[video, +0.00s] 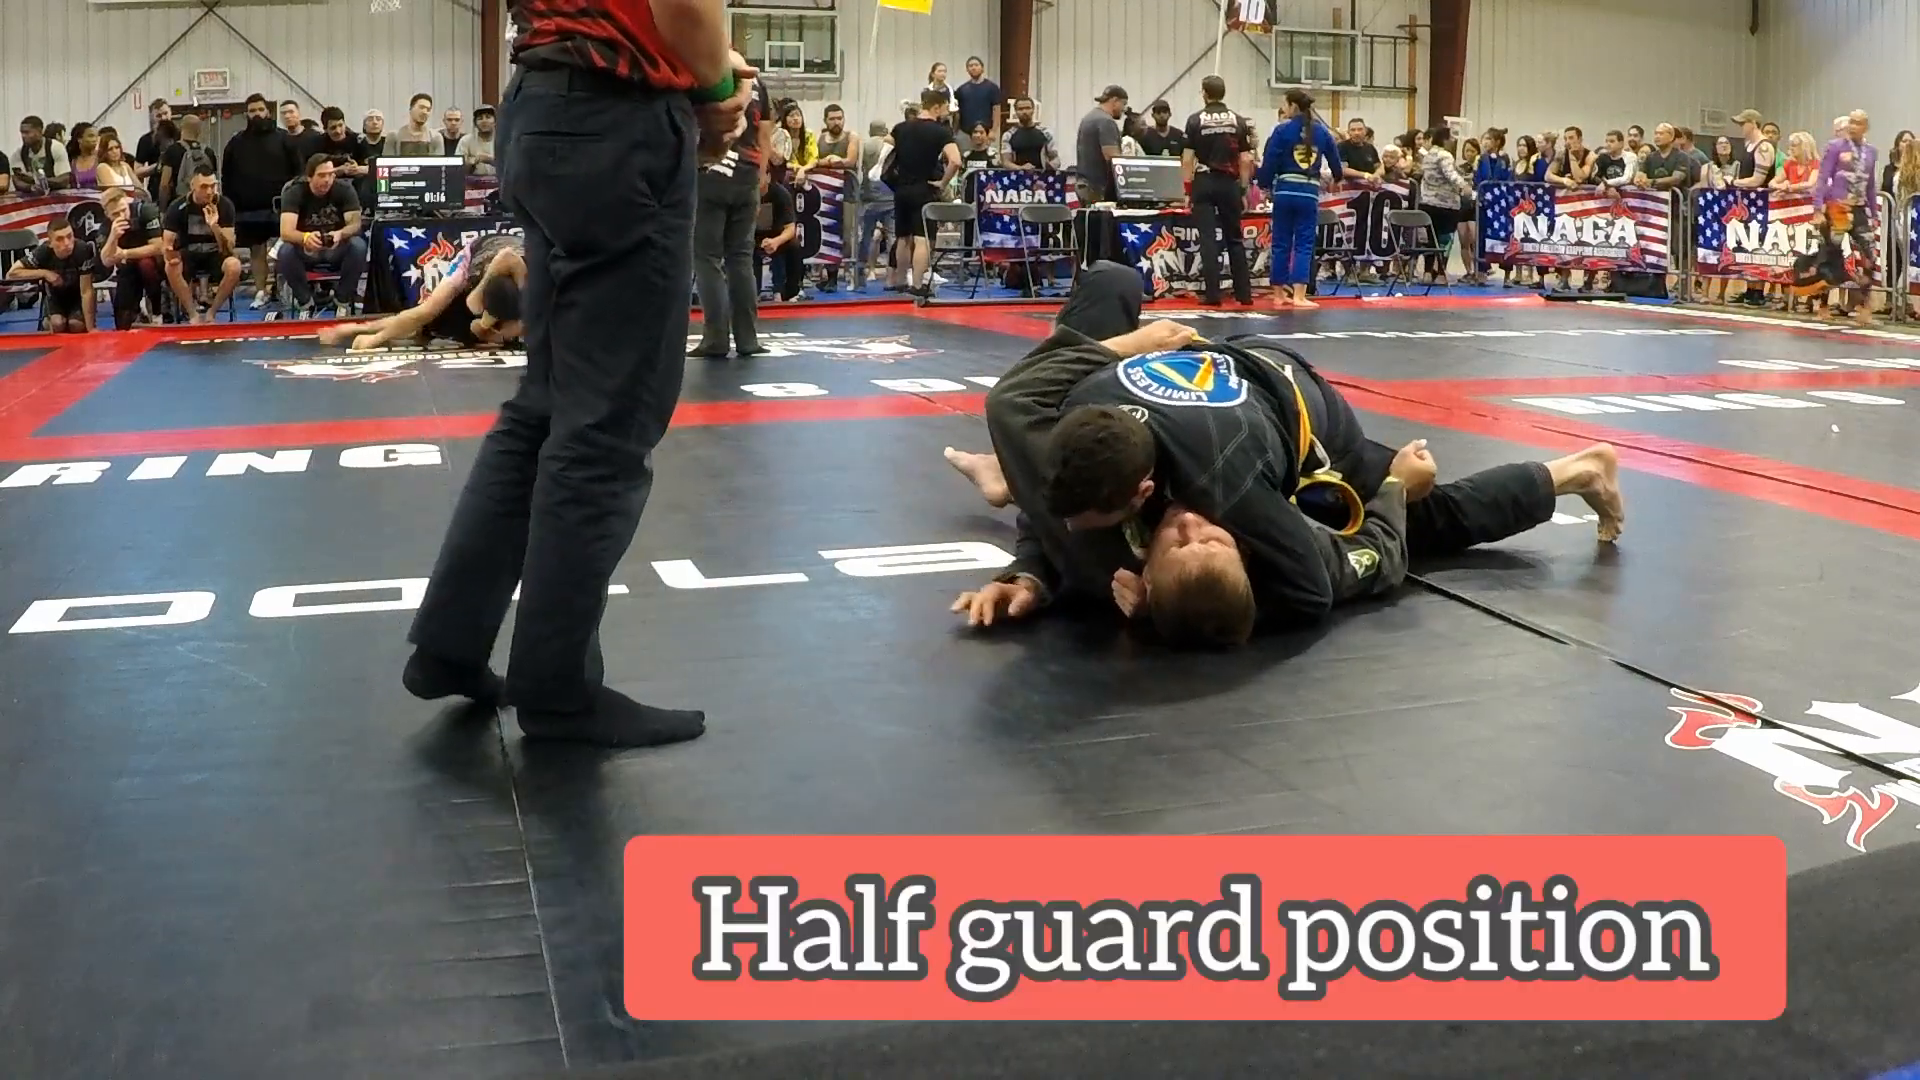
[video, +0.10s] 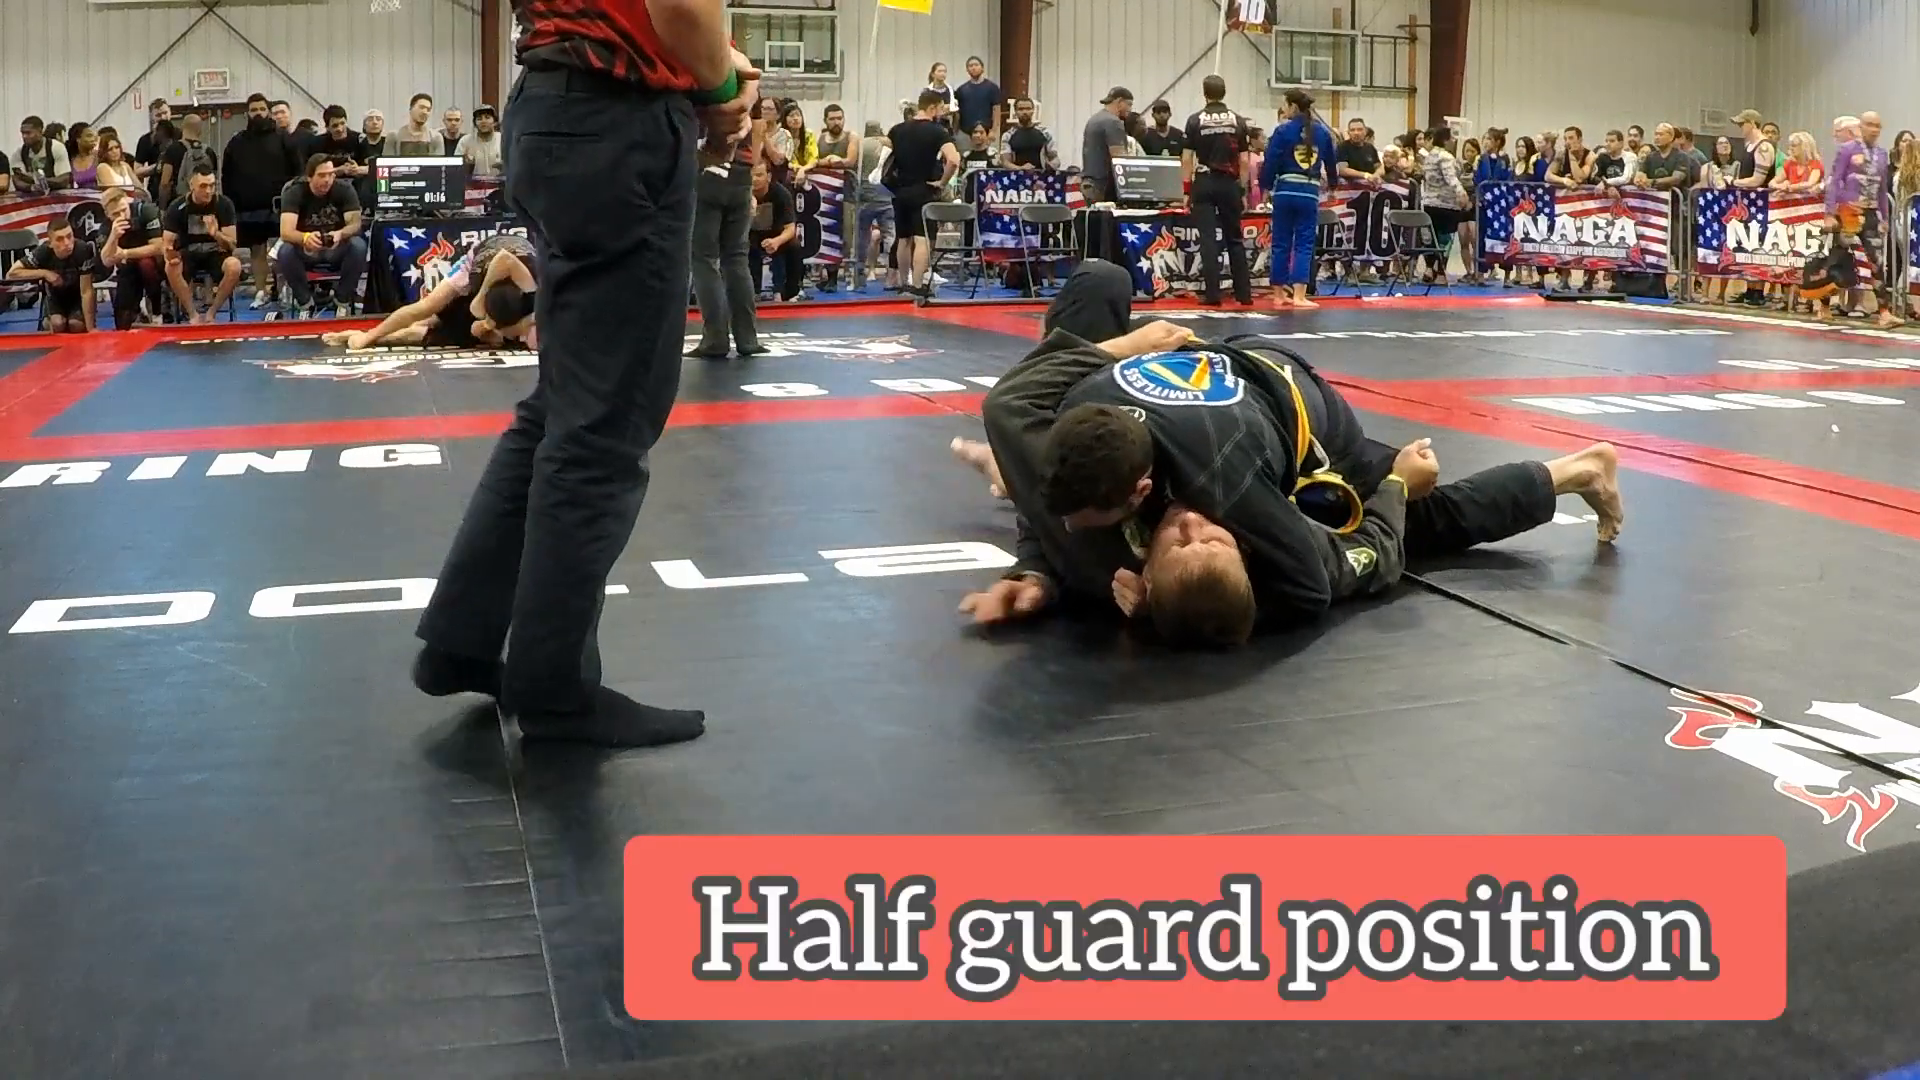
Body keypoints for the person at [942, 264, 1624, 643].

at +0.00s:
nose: (1190, 531)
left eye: (1151, 543)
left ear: (1140, 500)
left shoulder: (1220, 487)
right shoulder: (1022, 421)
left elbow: (1335, 583)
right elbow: (1066, 550)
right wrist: (1025, 583)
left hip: (1299, 410)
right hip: (1205, 354)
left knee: (1421, 529)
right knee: (1103, 280)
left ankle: (1580, 470)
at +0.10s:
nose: (1194, 529)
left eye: (1156, 534)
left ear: (1137, 496)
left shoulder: (1219, 481)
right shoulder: (1020, 418)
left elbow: (1320, 590)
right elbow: (1067, 541)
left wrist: (1154, 599)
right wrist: (1032, 583)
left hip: (1300, 410)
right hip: (1209, 354)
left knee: (1418, 530)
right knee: (1096, 277)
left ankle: (1581, 469)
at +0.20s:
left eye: (1087, 525)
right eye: (1062, 525)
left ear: (1134, 495)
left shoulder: (1221, 486)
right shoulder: (1043, 422)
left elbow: (1322, 583)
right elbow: (1059, 516)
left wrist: (1163, 603)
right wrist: (1051, 569)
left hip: (1296, 408)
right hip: (1213, 355)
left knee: (1423, 530)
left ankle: (1582, 471)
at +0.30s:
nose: (1077, 536)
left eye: (1086, 524)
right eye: (1064, 526)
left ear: (1129, 494)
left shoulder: (1218, 488)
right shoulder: (1053, 424)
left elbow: (1314, 586)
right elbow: (1072, 525)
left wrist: (1167, 604)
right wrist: (1058, 574)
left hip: (1303, 412)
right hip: (1228, 355)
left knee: (1421, 525)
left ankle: (1577, 472)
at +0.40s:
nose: (1080, 536)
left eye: (1089, 525)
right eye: (1063, 527)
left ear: (1135, 494)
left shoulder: (1224, 482)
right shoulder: (1061, 425)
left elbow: (1315, 589)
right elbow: (1056, 524)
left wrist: (1164, 598)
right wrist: (1067, 577)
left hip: (1305, 409)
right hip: (1231, 358)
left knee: (1408, 526)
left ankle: (1566, 469)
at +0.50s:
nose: (1083, 536)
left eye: (1093, 525)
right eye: (1069, 526)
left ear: (1139, 493)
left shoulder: (1226, 478)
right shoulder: (1058, 425)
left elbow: (1315, 593)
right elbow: (1062, 524)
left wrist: (1161, 597)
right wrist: (1070, 573)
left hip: (1308, 412)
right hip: (1226, 357)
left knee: (1413, 527)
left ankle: (1572, 458)